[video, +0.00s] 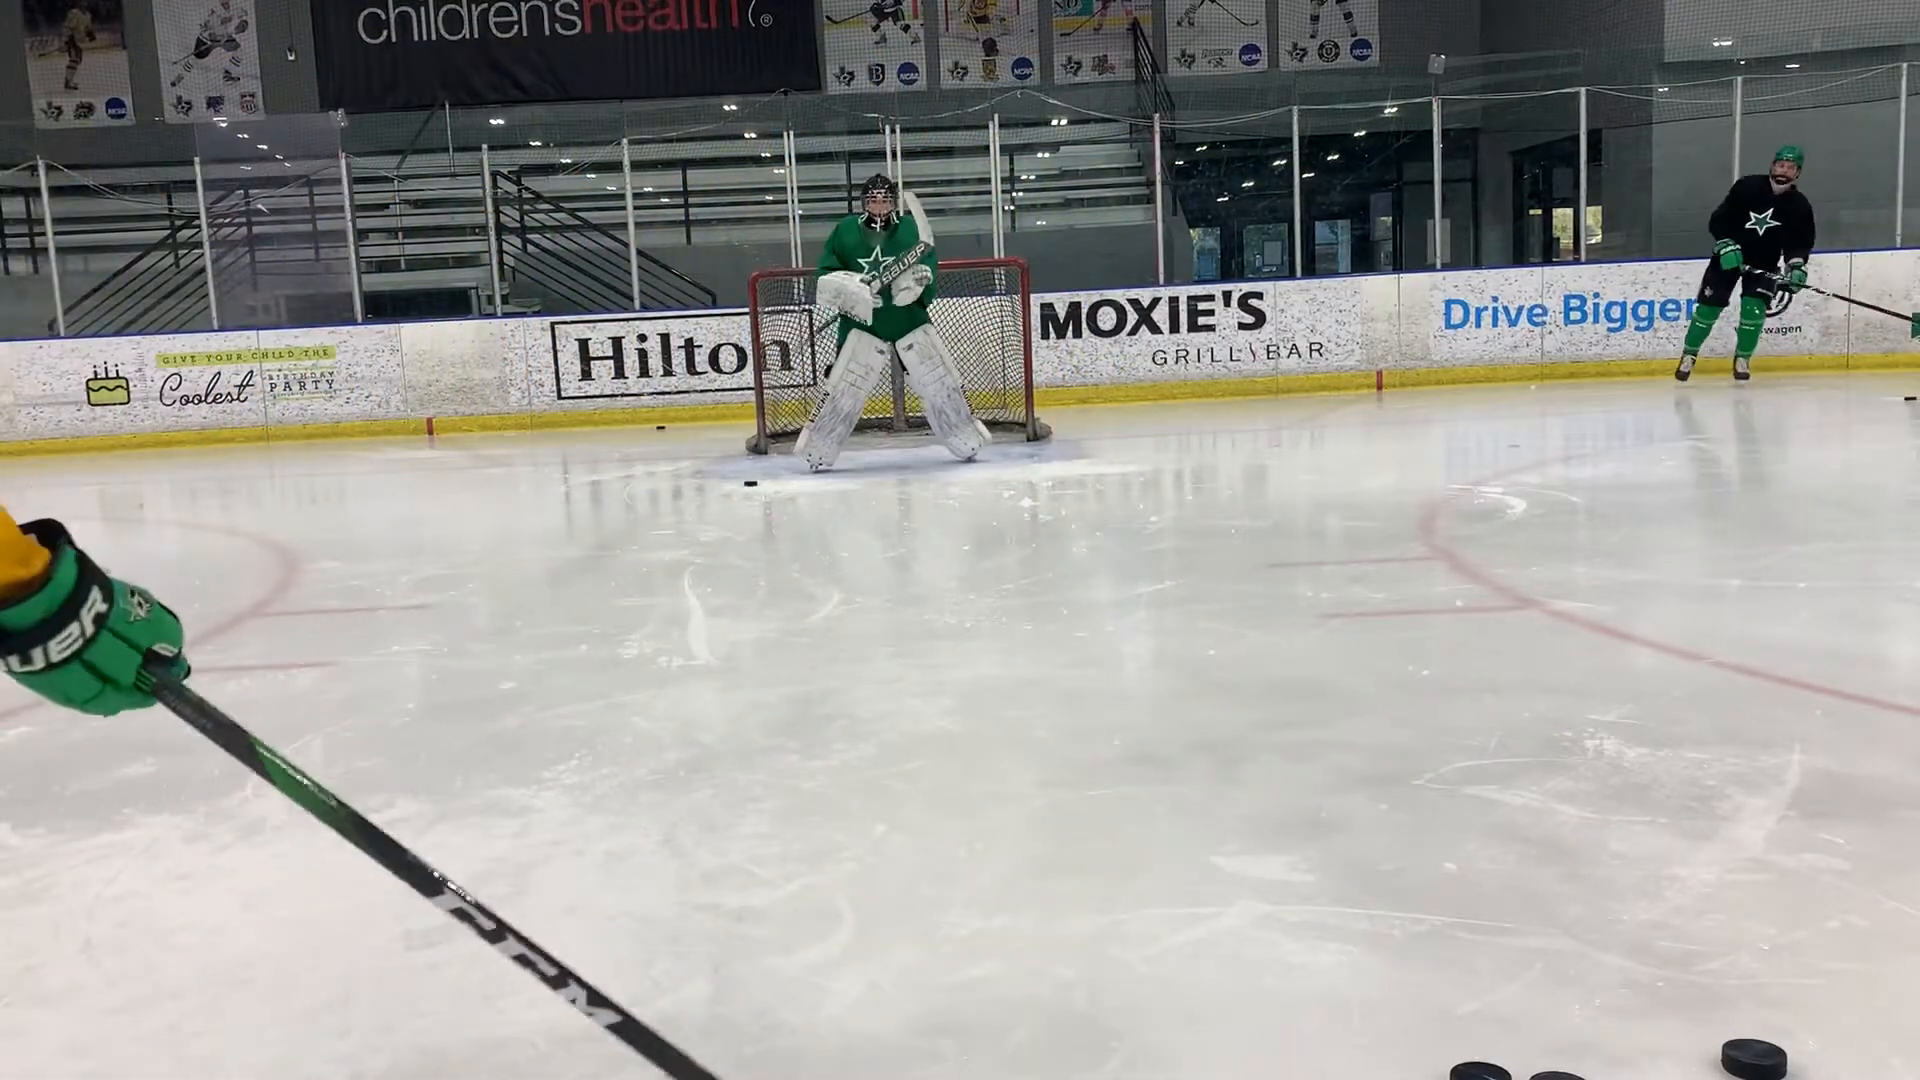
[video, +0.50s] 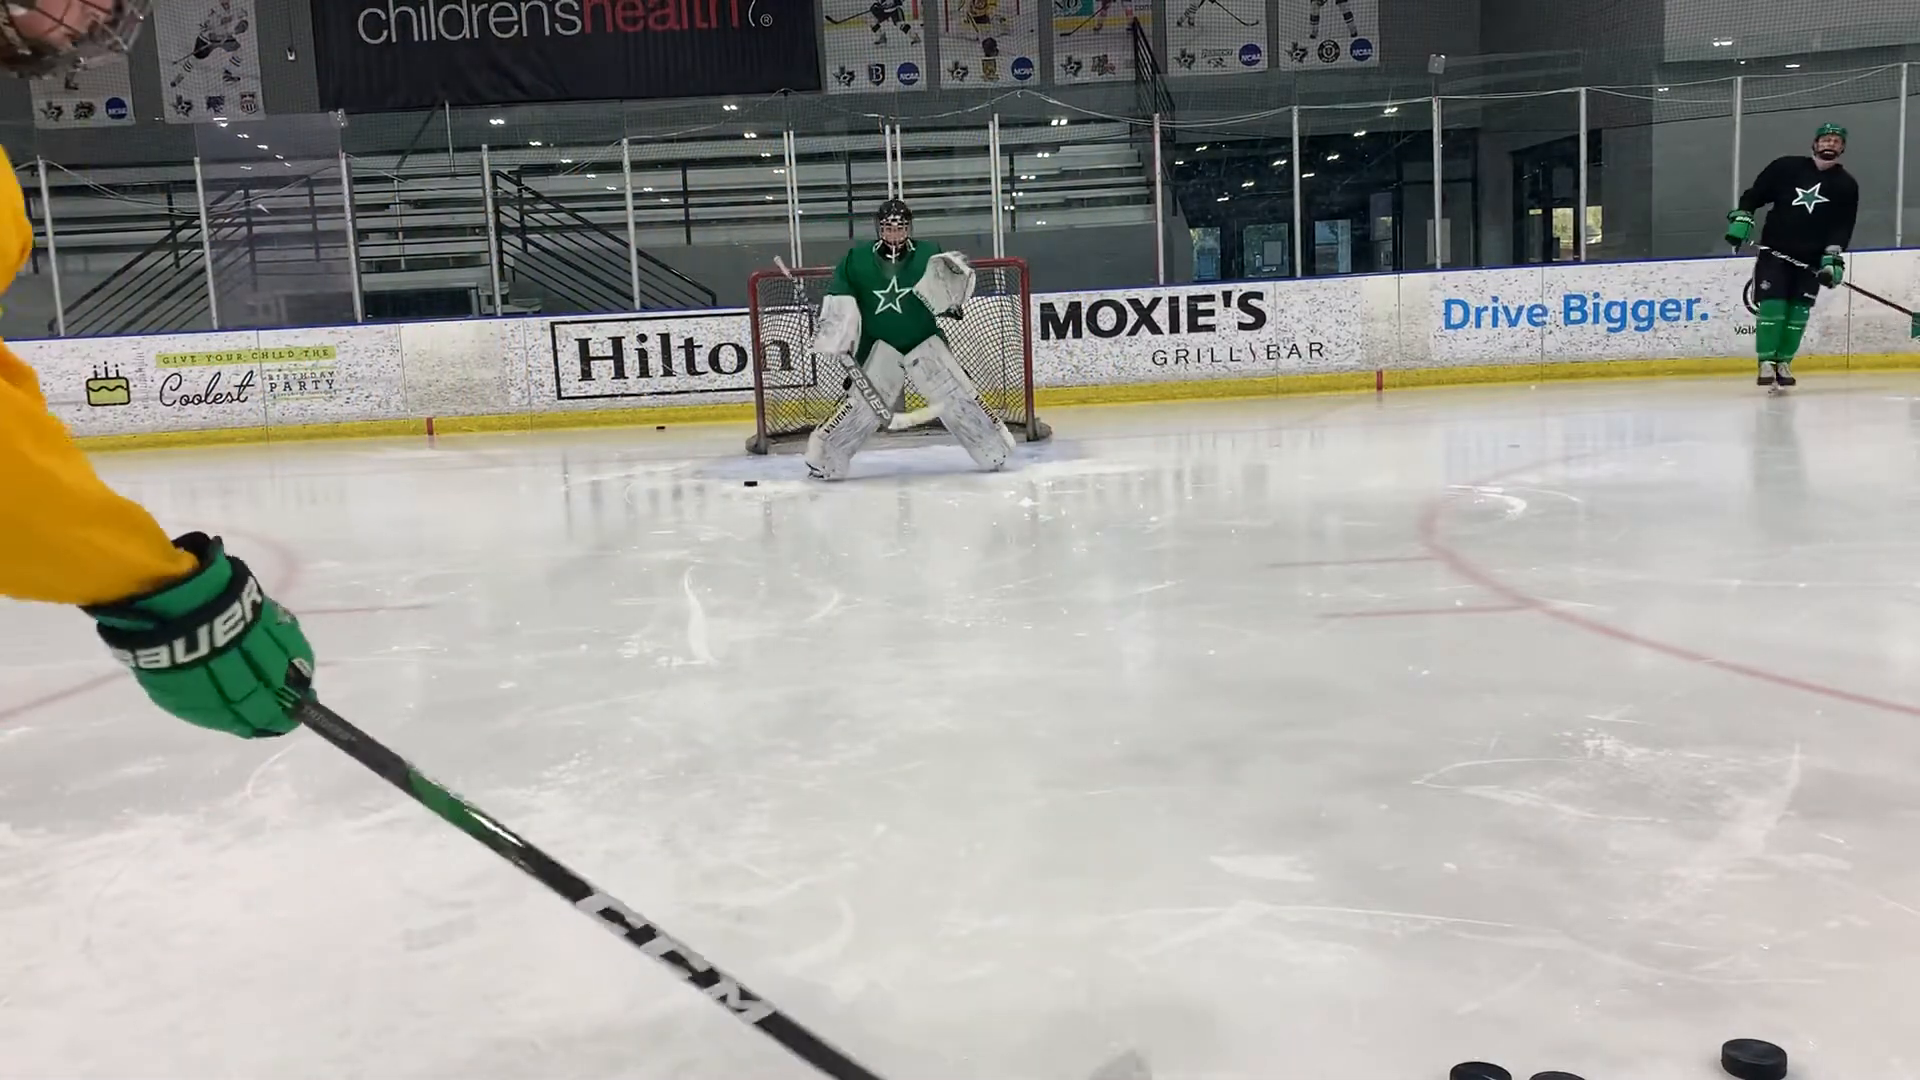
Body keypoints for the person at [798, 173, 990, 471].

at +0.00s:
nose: (879, 204)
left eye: (884, 199)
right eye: (873, 198)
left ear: (894, 201)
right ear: (864, 201)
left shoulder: (908, 228)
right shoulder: (846, 231)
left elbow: (928, 264)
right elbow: (824, 276)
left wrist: (918, 279)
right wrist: (849, 288)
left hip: (909, 321)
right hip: (864, 323)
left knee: (939, 383)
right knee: (845, 390)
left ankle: (967, 445)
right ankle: (819, 454)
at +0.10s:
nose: (881, 203)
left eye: (886, 198)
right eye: (875, 198)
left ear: (896, 201)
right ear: (866, 201)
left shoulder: (914, 228)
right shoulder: (848, 231)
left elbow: (933, 275)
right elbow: (825, 275)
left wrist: (923, 286)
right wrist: (843, 295)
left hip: (912, 323)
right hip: (866, 325)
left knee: (943, 385)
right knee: (845, 393)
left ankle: (971, 447)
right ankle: (820, 456)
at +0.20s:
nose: (884, 204)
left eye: (890, 199)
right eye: (879, 199)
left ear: (900, 201)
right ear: (869, 202)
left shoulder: (918, 230)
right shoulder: (850, 232)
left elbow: (941, 268)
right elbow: (826, 276)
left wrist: (932, 274)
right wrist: (843, 303)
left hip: (915, 322)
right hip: (868, 326)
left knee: (946, 385)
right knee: (846, 393)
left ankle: (976, 448)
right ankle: (820, 458)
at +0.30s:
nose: (887, 209)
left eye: (893, 203)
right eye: (881, 204)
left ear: (903, 205)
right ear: (871, 206)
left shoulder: (921, 231)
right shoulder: (853, 234)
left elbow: (952, 280)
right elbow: (832, 272)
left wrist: (947, 263)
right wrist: (837, 300)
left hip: (921, 326)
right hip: (874, 327)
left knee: (949, 389)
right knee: (850, 395)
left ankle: (981, 451)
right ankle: (823, 460)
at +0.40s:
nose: (890, 220)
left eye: (896, 214)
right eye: (884, 214)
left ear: (905, 215)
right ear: (875, 215)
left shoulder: (924, 240)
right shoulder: (855, 244)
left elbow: (951, 289)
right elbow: (834, 283)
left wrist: (950, 269)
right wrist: (839, 314)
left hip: (921, 334)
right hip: (874, 337)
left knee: (952, 394)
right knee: (854, 403)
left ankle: (986, 453)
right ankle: (825, 463)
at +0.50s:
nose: (894, 234)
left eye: (899, 227)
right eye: (888, 228)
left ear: (908, 228)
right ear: (879, 229)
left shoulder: (927, 254)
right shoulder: (858, 260)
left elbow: (950, 302)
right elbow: (838, 301)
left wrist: (953, 276)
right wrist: (840, 338)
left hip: (924, 341)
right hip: (879, 346)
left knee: (956, 398)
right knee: (865, 408)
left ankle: (994, 455)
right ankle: (825, 461)